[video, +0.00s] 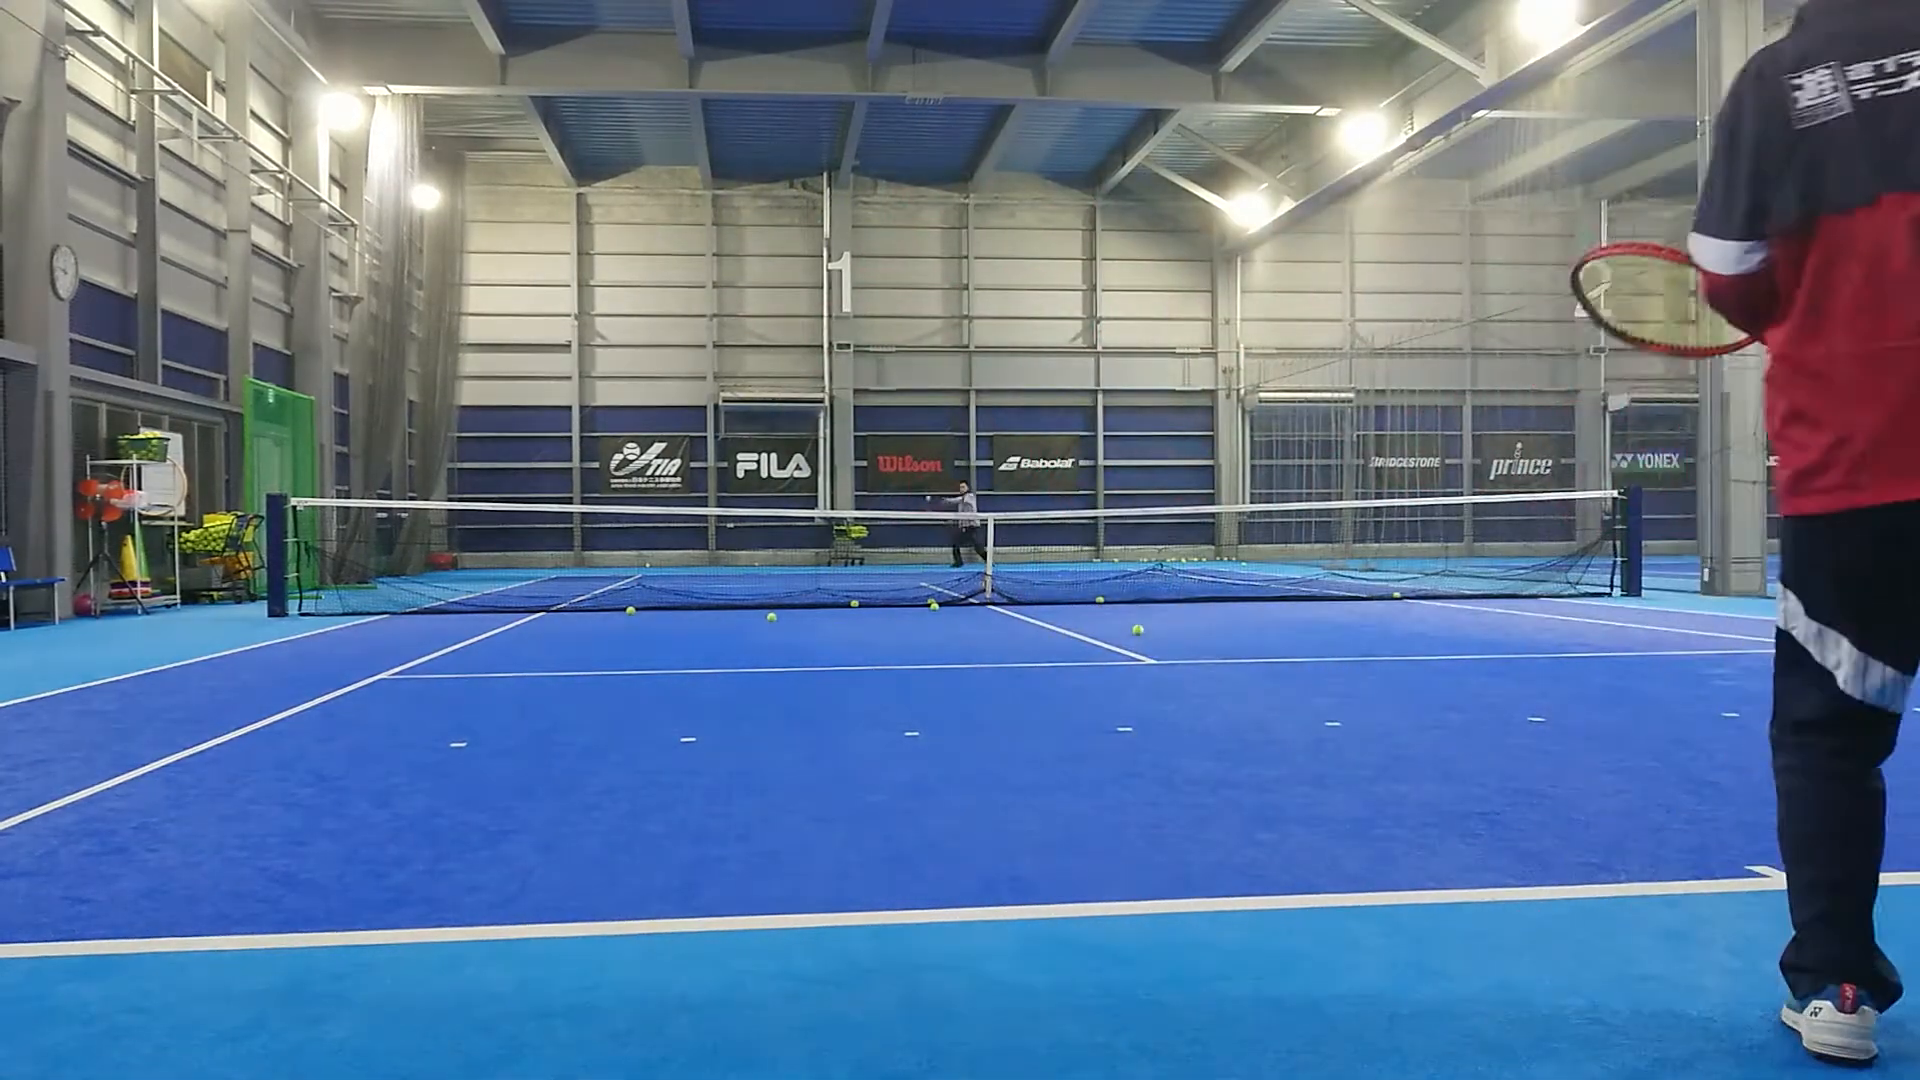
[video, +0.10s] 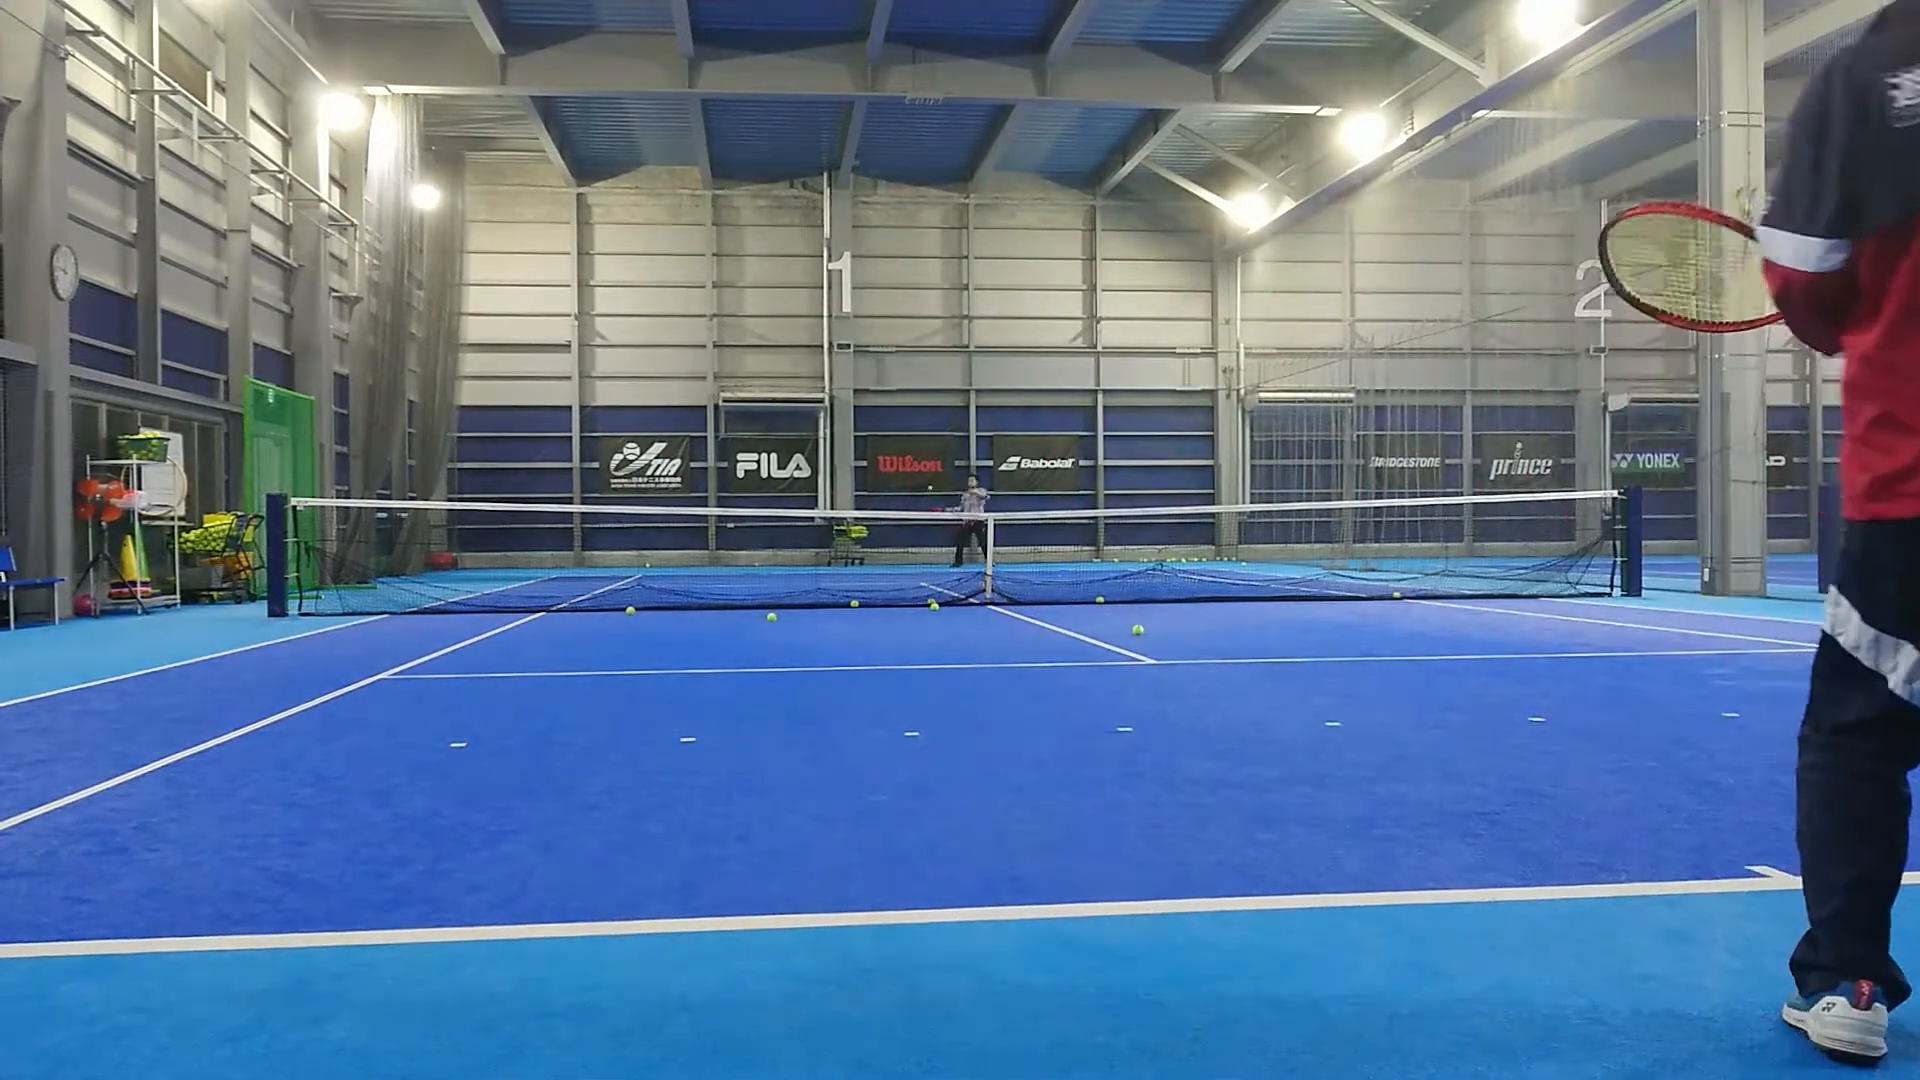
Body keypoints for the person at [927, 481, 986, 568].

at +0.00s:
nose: (961, 489)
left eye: (963, 487)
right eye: (960, 487)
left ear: (968, 487)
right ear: (959, 489)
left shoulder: (970, 497)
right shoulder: (961, 498)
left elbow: (957, 500)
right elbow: (950, 501)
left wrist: (945, 500)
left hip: (971, 525)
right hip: (962, 525)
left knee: (977, 546)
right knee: (955, 543)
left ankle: (989, 560)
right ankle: (958, 561)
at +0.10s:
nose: (970, 483)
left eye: (972, 481)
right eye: (969, 481)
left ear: (977, 482)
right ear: (967, 483)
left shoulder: (981, 491)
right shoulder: (965, 495)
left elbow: (984, 495)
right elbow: (961, 507)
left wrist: (974, 492)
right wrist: (950, 510)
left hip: (978, 519)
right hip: (966, 520)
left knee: (983, 543)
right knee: (960, 542)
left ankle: (989, 561)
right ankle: (958, 561)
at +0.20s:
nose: (981, 477)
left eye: (982, 475)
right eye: (979, 475)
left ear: (986, 477)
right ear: (976, 477)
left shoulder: (990, 488)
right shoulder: (972, 487)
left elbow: (997, 499)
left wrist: (994, 493)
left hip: (986, 515)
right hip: (972, 515)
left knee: (989, 539)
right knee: (965, 537)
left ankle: (993, 559)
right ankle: (959, 557)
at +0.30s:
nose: (989, 479)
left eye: (991, 477)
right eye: (988, 477)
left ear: (993, 478)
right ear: (984, 477)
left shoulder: (994, 490)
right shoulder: (981, 484)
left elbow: (998, 501)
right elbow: (985, 484)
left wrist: (1004, 500)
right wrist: (996, 482)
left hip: (989, 511)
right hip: (978, 510)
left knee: (993, 532)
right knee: (972, 531)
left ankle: (1001, 552)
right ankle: (962, 548)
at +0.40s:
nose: (994, 483)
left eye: (996, 481)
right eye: (992, 481)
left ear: (999, 482)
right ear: (990, 482)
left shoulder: (1000, 489)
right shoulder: (986, 488)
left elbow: (1007, 492)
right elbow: (981, 489)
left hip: (995, 513)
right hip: (984, 512)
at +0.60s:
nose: (1009, 491)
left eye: (1009, 489)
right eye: (1007, 489)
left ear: (1009, 490)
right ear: (1002, 490)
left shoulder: (996, 498)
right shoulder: (1005, 499)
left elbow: (992, 509)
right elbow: (1011, 511)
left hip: (992, 521)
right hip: (1000, 522)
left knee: (992, 544)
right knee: (1006, 543)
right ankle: (1001, 560)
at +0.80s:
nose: (1013, 486)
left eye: (1014, 484)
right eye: (1011, 484)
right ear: (1006, 485)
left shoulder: (999, 494)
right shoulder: (1007, 494)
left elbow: (991, 503)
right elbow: (1011, 508)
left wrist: (981, 508)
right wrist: (1012, 512)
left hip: (995, 517)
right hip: (1002, 518)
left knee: (1004, 540)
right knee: (1006, 540)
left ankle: (1001, 559)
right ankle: (1004, 559)